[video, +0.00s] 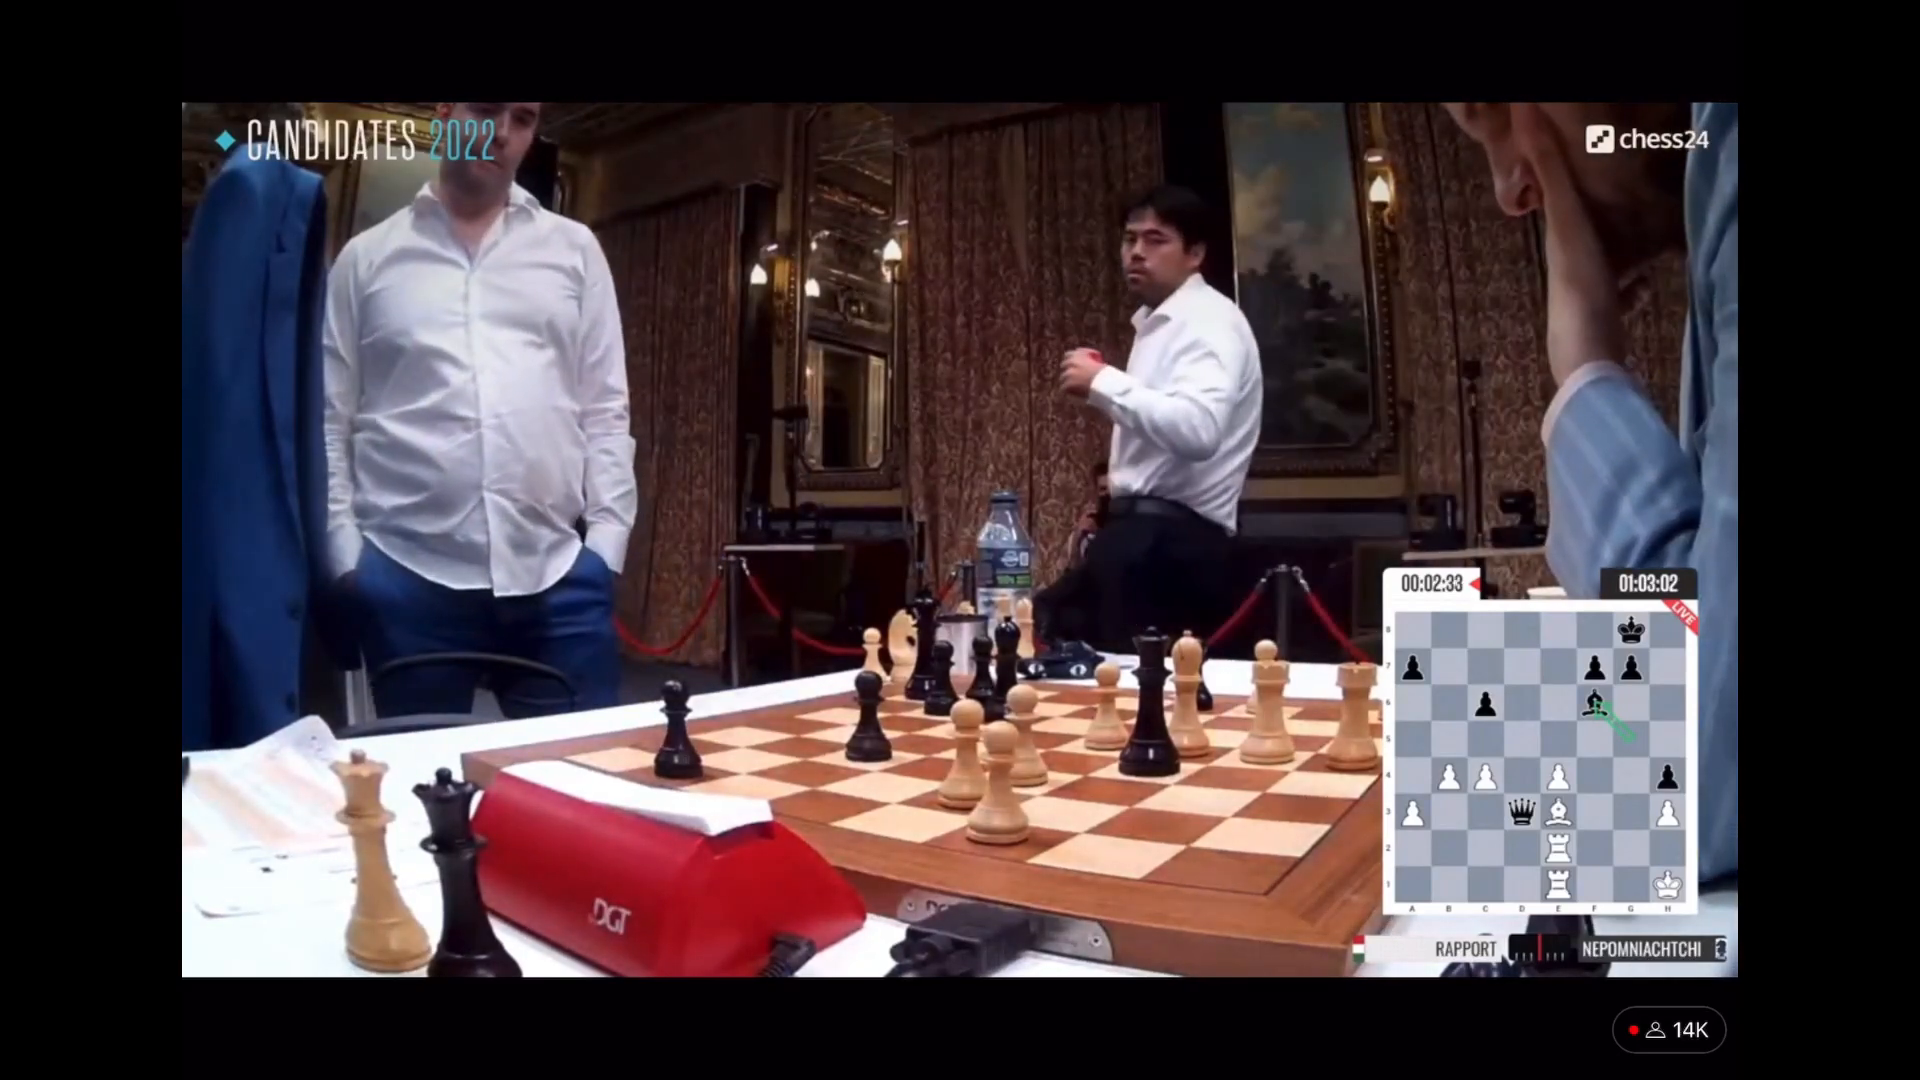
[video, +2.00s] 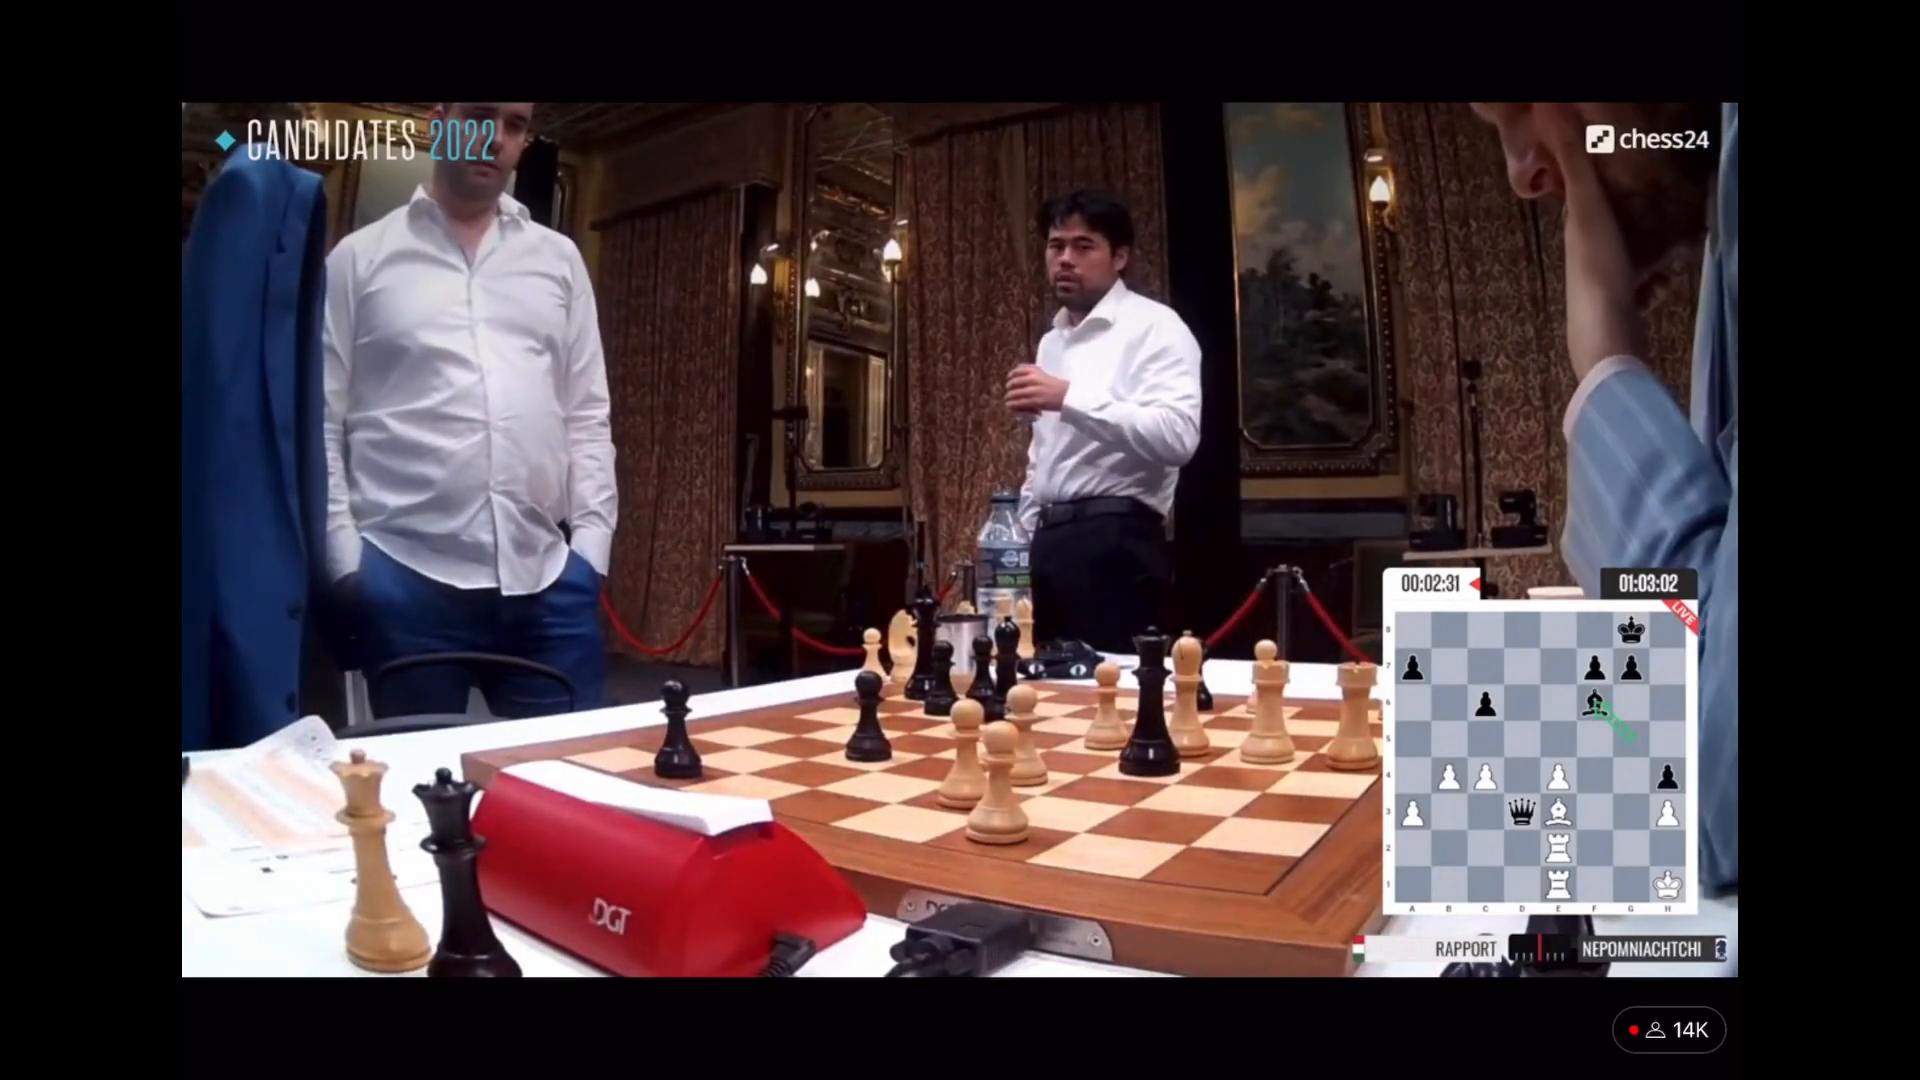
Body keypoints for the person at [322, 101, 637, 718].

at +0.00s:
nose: (497, 132)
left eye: (519, 118)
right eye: (483, 110)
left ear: (534, 134)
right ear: (445, 114)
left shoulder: (574, 249)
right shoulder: (366, 259)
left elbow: (606, 410)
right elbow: (330, 420)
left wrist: (604, 546)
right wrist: (347, 562)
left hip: (559, 585)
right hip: (409, 589)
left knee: (592, 789)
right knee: (422, 801)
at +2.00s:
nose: (494, 141)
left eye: (514, 127)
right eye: (479, 117)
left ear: (528, 142)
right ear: (438, 119)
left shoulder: (559, 259)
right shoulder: (359, 260)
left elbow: (588, 415)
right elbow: (323, 421)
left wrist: (589, 550)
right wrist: (347, 565)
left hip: (549, 582)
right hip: (406, 585)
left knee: (574, 788)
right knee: (419, 791)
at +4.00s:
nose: (490, 144)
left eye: (513, 130)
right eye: (477, 120)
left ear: (528, 144)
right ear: (440, 119)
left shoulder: (565, 258)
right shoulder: (361, 262)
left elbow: (593, 417)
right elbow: (324, 420)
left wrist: (590, 552)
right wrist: (342, 561)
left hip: (548, 584)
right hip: (402, 585)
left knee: (571, 790)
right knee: (415, 793)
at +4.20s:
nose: (491, 144)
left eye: (513, 130)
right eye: (478, 120)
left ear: (529, 144)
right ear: (441, 119)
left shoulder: (565, 258)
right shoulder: (361, 262)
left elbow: (594, 416)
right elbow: (325, 421)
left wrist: (590, 553)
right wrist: (342, 562)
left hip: (548, 585)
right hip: (402, 586)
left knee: (570, 790)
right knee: (415, 793)